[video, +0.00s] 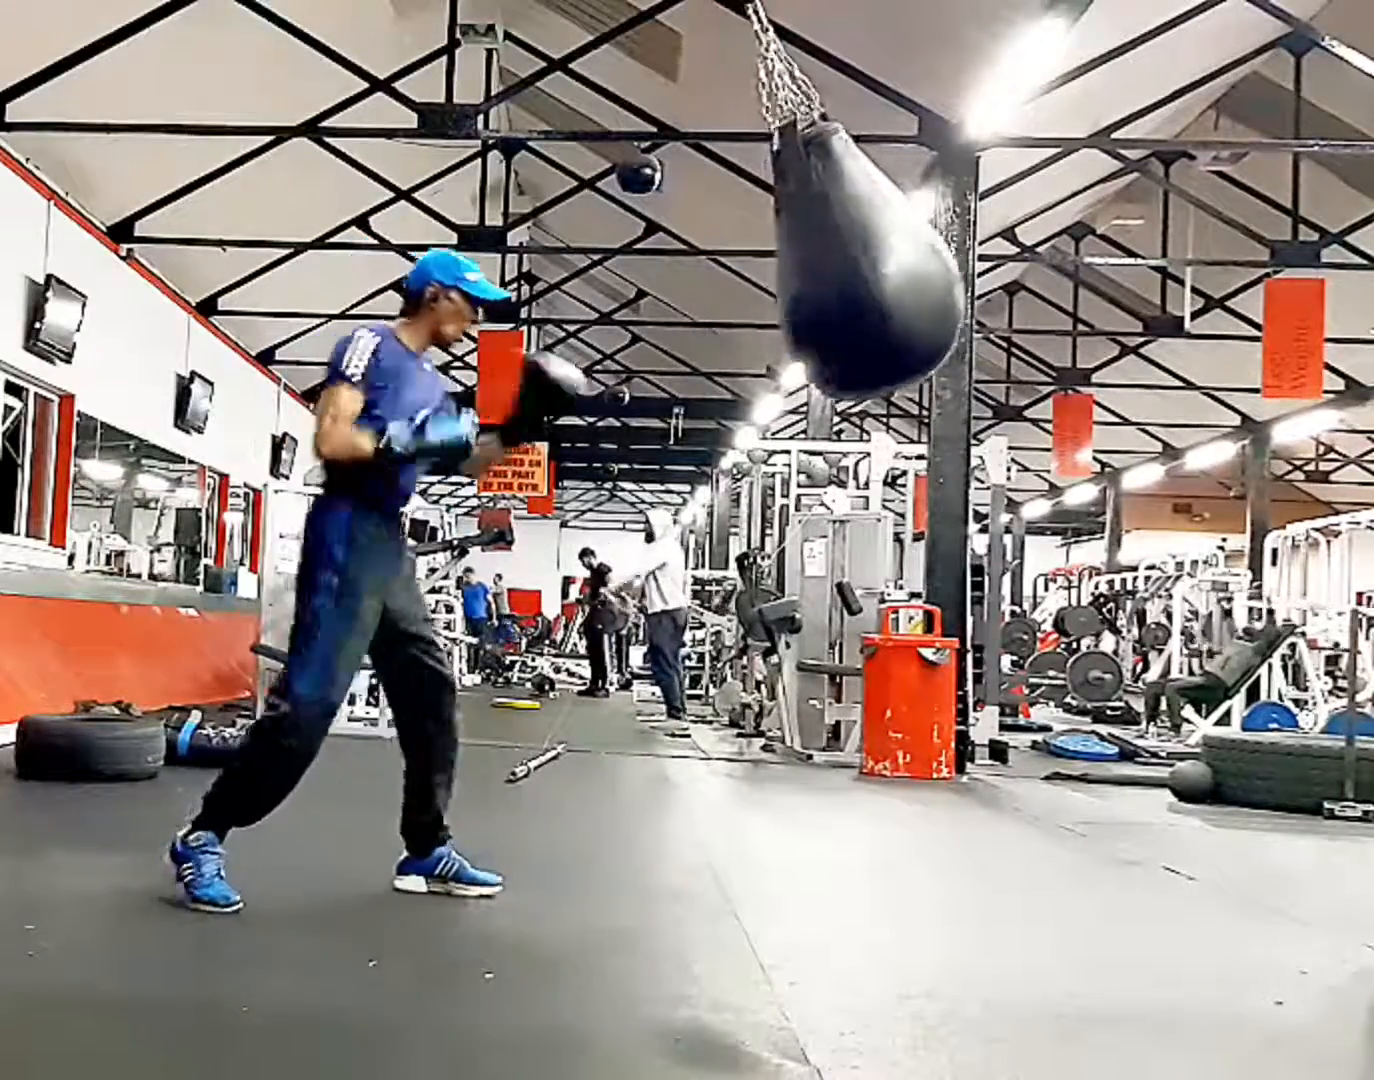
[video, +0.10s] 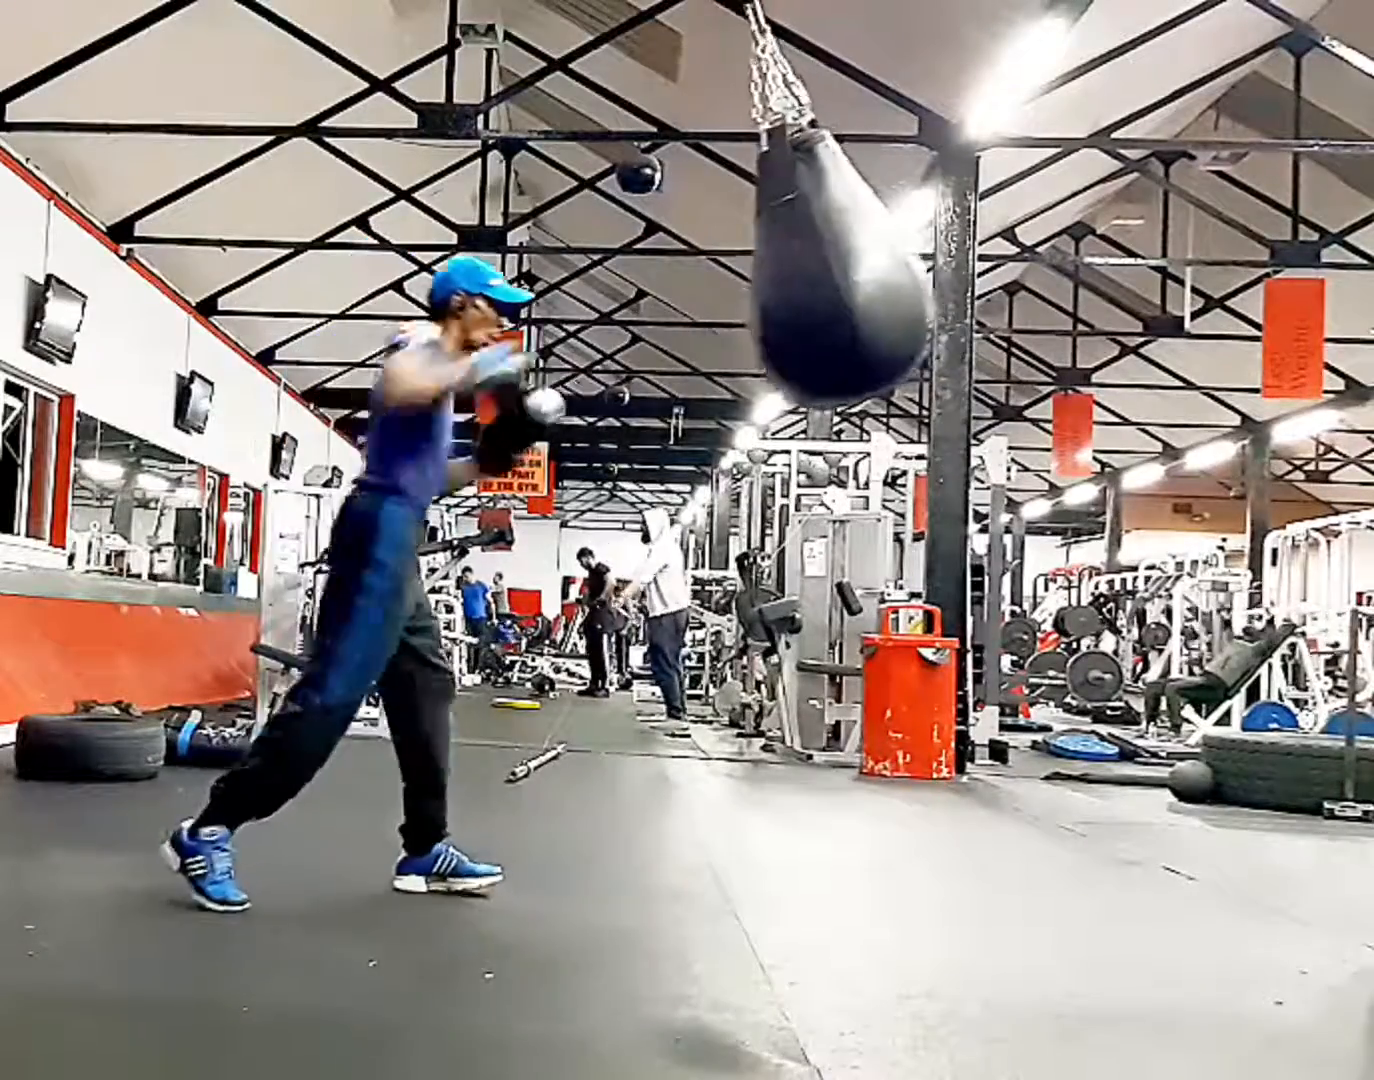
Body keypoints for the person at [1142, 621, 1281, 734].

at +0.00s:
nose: (1246, 632)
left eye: (1251, 632)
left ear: (1254, 636)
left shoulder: (1253, 651)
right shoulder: (1234, 645)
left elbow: (1268, 639)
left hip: (1217, 683)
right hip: (1203, 676)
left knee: (1172, 689)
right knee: (1152, 688)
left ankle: (1175, 730)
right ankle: (1148, 726)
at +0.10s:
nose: (1248, 627)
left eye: (1255, 625)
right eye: (1248, 623)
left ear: (1262, 632)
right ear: (1244, 627)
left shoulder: (1257, 650)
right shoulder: (1233, 643)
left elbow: (1275, 638)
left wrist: (1271, 622)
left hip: (1218, 684)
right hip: (1203, 677)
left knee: (1173, 689)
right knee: (1152, 688)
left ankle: (1175, 731)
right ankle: (1148, 728)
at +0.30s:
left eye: (1254, 633)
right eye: (1255, 634)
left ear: (1251, 636)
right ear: (1255, 638)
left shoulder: (1259, 651)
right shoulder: (1237, 645)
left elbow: (1277, 655)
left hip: (1217, 683)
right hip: (1205, 676)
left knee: (1172, 688)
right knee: (1152, 688)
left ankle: (1175, 730)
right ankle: (1147, 727)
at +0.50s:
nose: (1255, 634)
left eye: (1258, 633)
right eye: (1257, 632)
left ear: (1258, 639)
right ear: (1255, 636)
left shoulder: (1259, 651)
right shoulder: (1238, 644)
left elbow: (1279, 654)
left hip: (1217, 684)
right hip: (1204, 675)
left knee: (1172, 689)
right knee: (1152, 688)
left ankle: (1175, 730)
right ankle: (1147, 727)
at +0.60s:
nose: (1251, 629)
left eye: (1256, 627)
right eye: (1252, 626)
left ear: (1260, 635)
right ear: (1248, 631)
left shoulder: (1258, 650)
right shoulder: (1236, 644)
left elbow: (1276, 649)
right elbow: (1220, 651)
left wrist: (1272, 633)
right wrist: (1223, 628)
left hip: (1219, 683)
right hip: (1204, 676)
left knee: (1172, 688)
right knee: (1152, 688)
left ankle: (1175, 731)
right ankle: (1147, 727)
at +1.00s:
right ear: (1250, 634)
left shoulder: (1255, 654)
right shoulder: (1236, 644)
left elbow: (1266, 633)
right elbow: (1227, 634)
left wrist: (1269, 610)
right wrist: (1224, 609)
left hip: (1218, 683)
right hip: (1205, 677)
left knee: (1172, 689)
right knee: (1153, 687)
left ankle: (1176, 730)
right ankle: (1147, 727)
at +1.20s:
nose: (1249, 633)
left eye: (1254, 632)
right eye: (1249, 631)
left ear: (1257, 636)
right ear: (1246, 633)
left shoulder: (1257, 650)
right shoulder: (1233, 643)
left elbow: (1271, 643)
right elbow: (1225, 629)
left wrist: (1269, 624)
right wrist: (1221, 613)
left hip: (1218, 683)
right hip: (1203, 677)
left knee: (1172, 688)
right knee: (1152, 687)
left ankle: (1175, 731)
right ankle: (1147, 727)